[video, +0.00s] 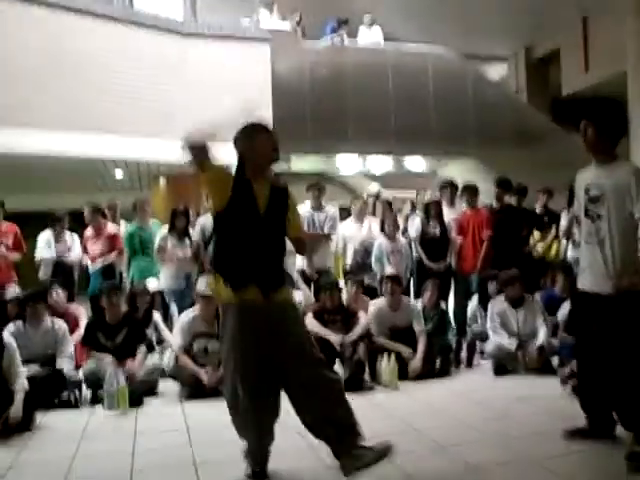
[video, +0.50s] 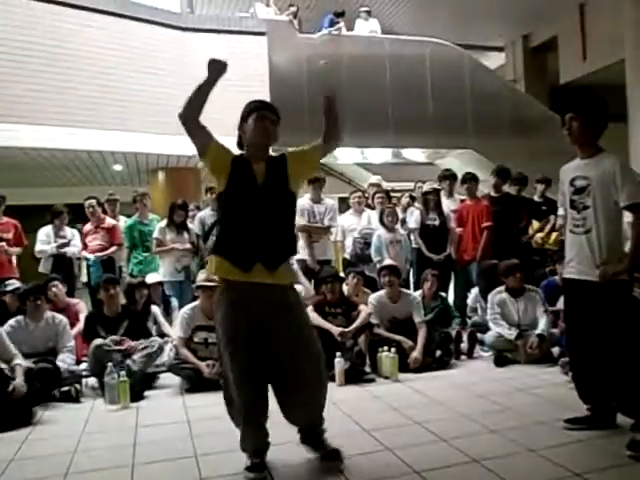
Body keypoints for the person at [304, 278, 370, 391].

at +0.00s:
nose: (330, 298)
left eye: (333, 293)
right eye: (326, 294)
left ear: (339, 294)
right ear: (319, 296)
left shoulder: (349, 311)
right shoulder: (315, 313)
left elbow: (363, 321)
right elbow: (310, 324)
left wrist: (349, 338)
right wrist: (332, 337)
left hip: (349, 348)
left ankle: (354, 380)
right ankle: (324, 383)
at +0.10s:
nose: (326, 288)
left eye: (329, 284)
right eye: (321, 284)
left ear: (335, 285)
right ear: (316, 287)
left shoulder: (343, 301)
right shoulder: (312, 302)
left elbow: (362, 311)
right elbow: (305, 314)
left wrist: (346, 330)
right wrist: (328, 328)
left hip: (344, 345)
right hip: (321, 344)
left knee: (360, 328)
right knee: (309, 330)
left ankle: (356, 367)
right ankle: (318, 370)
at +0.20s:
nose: (327, 287)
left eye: (330, 283)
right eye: (322, 283)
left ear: (337, 283)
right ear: (317, 286)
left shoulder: (344, 300)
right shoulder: (315, 301)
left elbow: (363, 310)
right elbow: (306, 313)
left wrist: (348, 329)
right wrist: (329, 327)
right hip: (324, 345)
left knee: (360, 329)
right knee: (311, 329)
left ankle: (361, 366)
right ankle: (314, 368)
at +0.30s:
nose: (329, 288)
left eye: (332, 283)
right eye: (325, 284)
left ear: (338, 284)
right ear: (319, 287)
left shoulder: (346, 300)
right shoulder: (316, 302)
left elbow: (365, 310)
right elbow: (307, 314)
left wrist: (351, 328)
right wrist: (331, 328)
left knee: (362, 330)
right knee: (313, 331)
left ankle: (364, 367)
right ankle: (316, 369)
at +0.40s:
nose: (329, 288)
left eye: (333, 284)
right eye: (325, 285)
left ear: (338, 285)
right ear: (320, 288)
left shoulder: (345, 301)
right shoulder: (317, 302)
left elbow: (365, 310)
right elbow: (308, 313)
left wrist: (350, 329)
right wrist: (331, 329)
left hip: (348, 345)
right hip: (325, 344)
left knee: (363, 327)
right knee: (315, 331)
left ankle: (358, 368)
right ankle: (324, 370)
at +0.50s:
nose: (330, 288)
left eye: (334, 284)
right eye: (326, 285)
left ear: (340, 285)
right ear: (321, 288)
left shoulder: (347, 301)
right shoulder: (318, 303)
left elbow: (366, 311)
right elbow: (310, 313)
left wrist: (351, 330)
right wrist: (332, 329)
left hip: (349, 343)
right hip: (327, 343)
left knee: (364, 327)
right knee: (315, 329)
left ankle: (358, 368)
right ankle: (328, 370)